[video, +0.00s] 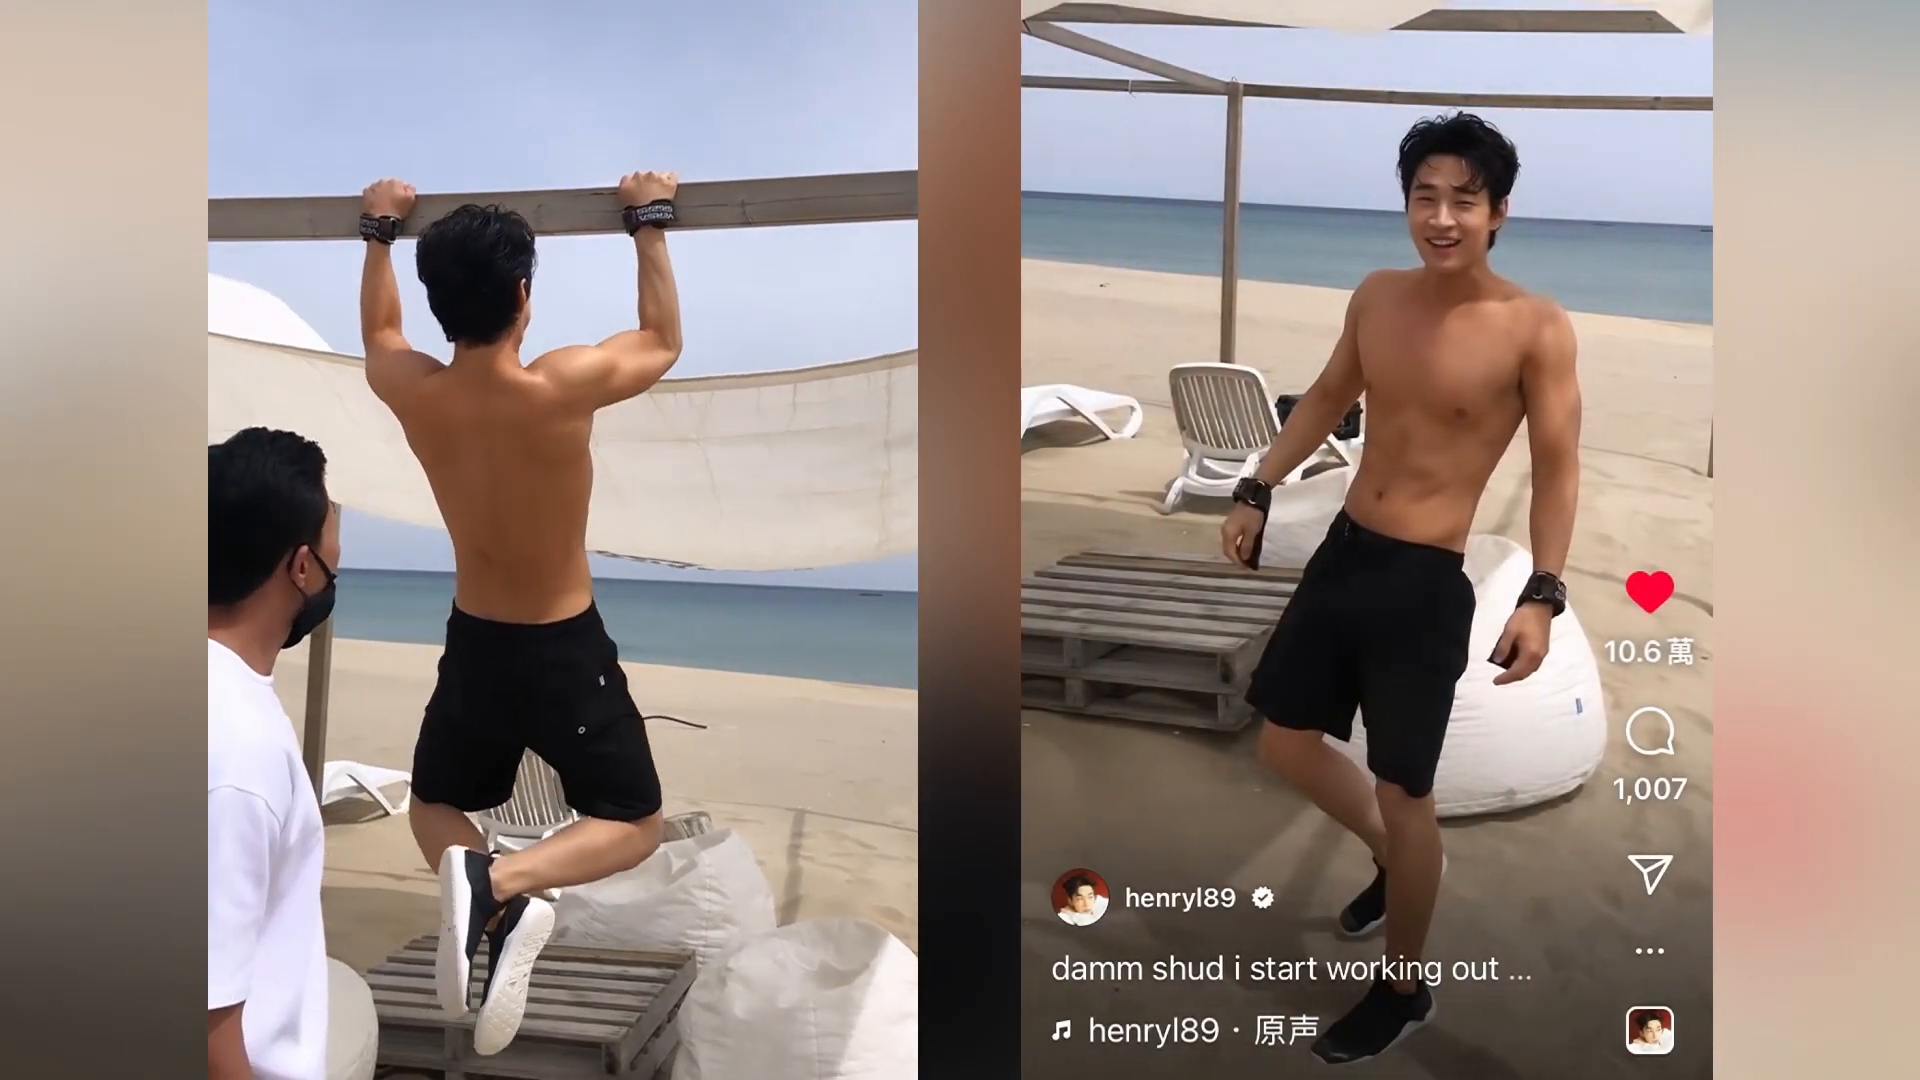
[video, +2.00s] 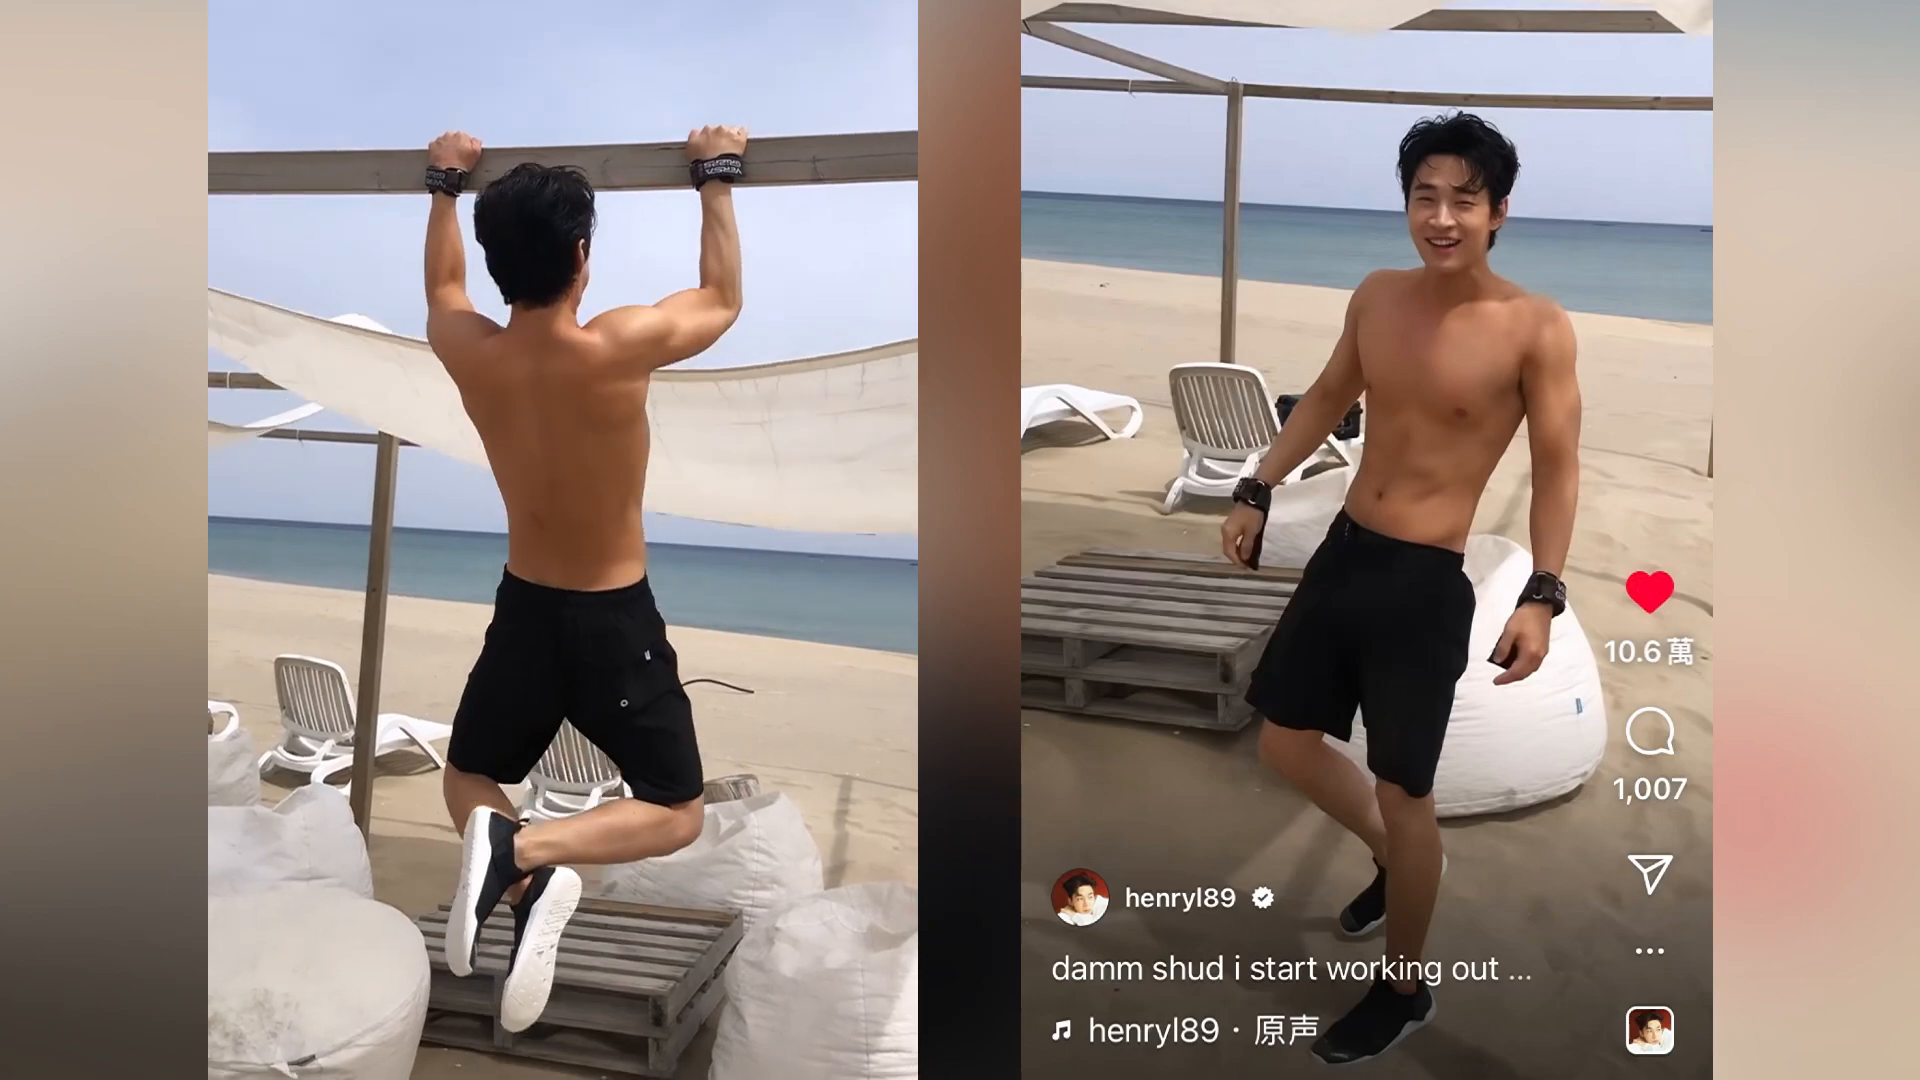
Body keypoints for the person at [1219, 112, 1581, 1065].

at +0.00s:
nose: (1440, 216)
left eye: (1462, 198)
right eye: (1424, 197)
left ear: (1498, 210)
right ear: (1406, 208)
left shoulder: (1534, 328)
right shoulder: (1378, 297)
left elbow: (1556, 468)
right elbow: (1329, 398)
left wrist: (1540, 595)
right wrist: (1256, 484)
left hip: (1427, 579)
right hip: (1345, 554)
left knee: (1402, 799)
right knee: (1284, 742)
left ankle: (1402, 981)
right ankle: (1398, 847)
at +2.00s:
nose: (1440, 216)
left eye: (1462, 198)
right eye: (1424, 197)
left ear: (1498, 210)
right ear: (1406, 208)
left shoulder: (1535, 328)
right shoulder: (1378, 296)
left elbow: (1556, 468)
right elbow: (1330, 398)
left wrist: (1540, 595)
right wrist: (1255, 484)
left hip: (1426, 579)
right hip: (1345, 553)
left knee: (1402, 799)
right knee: (1284, 742)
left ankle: (1403, 981)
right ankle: (1398, 847)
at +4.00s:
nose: (1440, 216)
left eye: (1462, 198)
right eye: (1424, 197)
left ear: (1498, 210)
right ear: (1406, 207)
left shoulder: (1535, 328)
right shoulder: (1378, 296)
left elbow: (1556, 468)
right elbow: (1330, 397)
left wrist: (1541, 595)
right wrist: (1255, 484)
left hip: (1426, 579)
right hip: (1344, 553)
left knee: (1403, 799)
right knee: (1285, 742)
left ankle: (1403, 981)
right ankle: (1399, 847)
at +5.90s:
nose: (1440, 216)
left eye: (1462, 198)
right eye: (1424, 197)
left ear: (1498, 210)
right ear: (1406, 207)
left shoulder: (1535, 328)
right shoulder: (1378, 296)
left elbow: (1556, 468)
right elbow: (1330, 398)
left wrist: (1540, 595)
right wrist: (1255, 484)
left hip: (1426, 579)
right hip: (1345, 554)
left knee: (1402, 799)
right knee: (1284, 742)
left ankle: (1402, 982)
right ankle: (1397, 848)